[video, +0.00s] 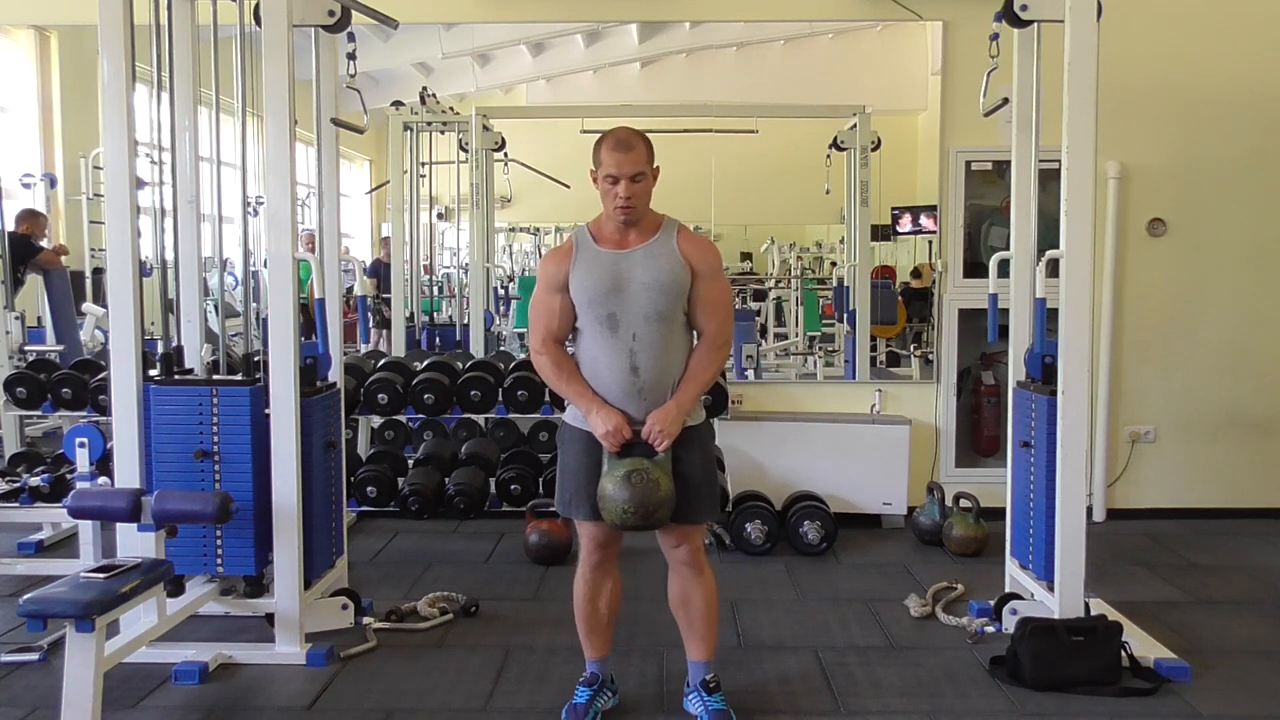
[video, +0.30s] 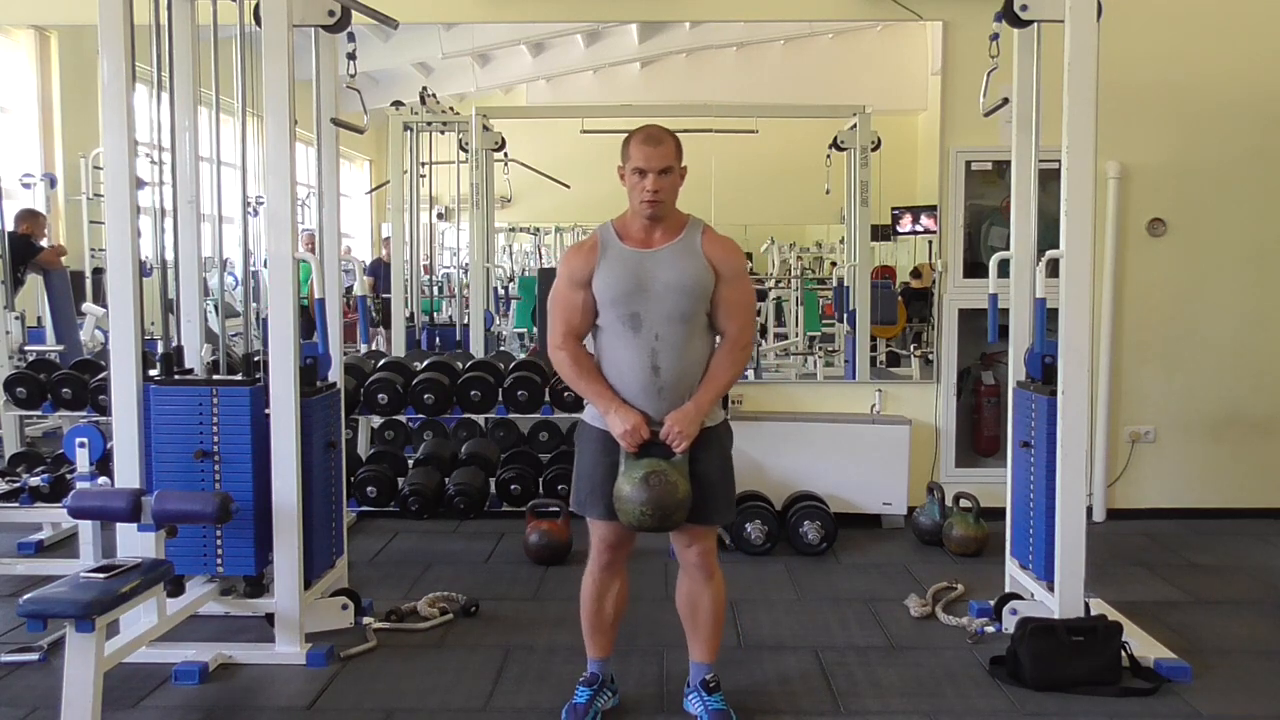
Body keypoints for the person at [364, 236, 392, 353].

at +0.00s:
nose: (388, 248)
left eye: (390, 245)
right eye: (386, 245)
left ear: (393, 246)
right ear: (382, 247)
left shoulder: (396, 264)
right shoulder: (375, 265)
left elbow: (399, 285)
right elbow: (372, 288)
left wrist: (399, 305)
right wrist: (383, 306)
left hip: (393, 302)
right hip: (380, 303)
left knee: (389, 336)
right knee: (376, 336)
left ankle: (388, 360)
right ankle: (371, 360)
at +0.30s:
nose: (391, 249)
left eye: (392, 246)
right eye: (389, 246)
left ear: (395, 247)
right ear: (384, 247)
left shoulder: (397, 264)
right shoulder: (374, 264)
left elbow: (402, 285)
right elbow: (369, 285)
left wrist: (404, 304)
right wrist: (371, 304)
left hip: (393, 300)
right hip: (378, 300)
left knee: (389, 332)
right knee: (372, 331)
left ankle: (390, 356)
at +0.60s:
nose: (384, 248)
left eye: (386, 245)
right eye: (381, 245)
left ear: (389, 247)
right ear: (375, 247)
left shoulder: (393, 265)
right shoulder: (367, 265)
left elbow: (399, 286)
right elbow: (362, 288)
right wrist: (368, 308)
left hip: (390, 302)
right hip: (373, 302)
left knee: (388, 335)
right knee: (371, 334)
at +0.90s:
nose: (365, 248)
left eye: (368, 245)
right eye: (363, 245)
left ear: (374, 246)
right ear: (360, 248)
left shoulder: (381, 265)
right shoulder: (355, 265)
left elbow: (387, 287)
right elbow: (350, 288)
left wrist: (387, 308)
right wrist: (353, 307)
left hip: (377, 304)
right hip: (360, 304)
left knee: (381, 338)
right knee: (358, 337)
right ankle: (357, 363)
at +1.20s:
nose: (352, 247)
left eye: (355, 245)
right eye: (350, 245)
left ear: (361, 246)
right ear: (348, 246)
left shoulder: (370, 265)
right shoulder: (345, 265)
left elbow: (376, 287)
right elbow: (342, 286)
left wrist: (373, 306)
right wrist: (343, 305)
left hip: (366, 304)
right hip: (351, 304)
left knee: (371, 337)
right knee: (353, 338)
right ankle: (355, 362)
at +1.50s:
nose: (343, 248)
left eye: (346, 245)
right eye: (342, 245)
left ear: (353, 246)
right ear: (341, 246)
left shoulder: (360, 263)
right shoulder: (339, 263)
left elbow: (369, 281)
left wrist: (373, 294)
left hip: (356, 302)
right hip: (341, 301)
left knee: (352, 334)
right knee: (342, 334)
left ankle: (353, 362)